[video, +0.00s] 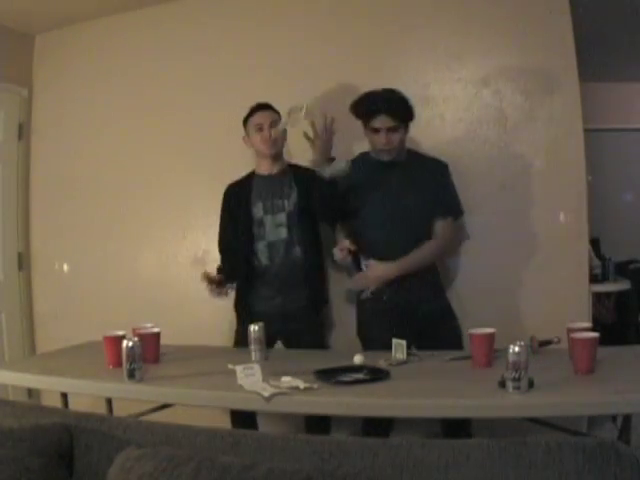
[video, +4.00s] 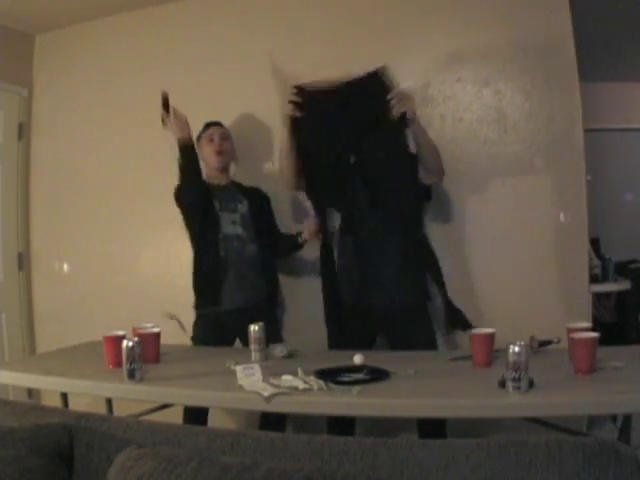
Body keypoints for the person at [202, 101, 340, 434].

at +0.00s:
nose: (269, 133)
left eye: (274, 126)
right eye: (259, 129)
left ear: (284, 134)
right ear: (247, 139)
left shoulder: (311, 182)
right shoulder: (236, 193)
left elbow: (334, 220)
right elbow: (232, 250)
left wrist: (325, 164)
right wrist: (224, 275)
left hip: (303, 305)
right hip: (255, 308)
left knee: (314, 389)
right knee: (241, 389)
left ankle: (318, 462)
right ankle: (246, 461)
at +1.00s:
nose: (294, 198)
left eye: (300, 189)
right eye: (285, 190)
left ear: (306, 177)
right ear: (263, 175)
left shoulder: (311, 208)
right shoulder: (236, 197)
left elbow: (343, 264)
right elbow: (223, 244)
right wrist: (235, 280)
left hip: (295, 317)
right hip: (246, 315)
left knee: (299, 398)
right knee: (235, 394)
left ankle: (301, 464)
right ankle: (242, 460)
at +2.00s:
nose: (219, 130)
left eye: (223, 125)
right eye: (209, 126)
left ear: (229, 135)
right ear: (193, 139)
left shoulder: (248, 173)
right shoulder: (179, 189)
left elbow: (279, 141)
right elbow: (159, 250)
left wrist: (275, 75)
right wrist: (164, 227)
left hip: (249, 300)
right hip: (205, 306)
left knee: (258, 386)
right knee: (210, 394)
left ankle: (262, 458)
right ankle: (224, 459)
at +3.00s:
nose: (175, 148)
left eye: (178, 143)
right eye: (166, 146)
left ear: (188, 151)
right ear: (155, 158)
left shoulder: (217, 191)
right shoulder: (154, 199)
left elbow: (251, 227)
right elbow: (170, 227)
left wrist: (275, 205)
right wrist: (168, 167)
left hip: (229, 303)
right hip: (186, 308)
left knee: (249, 379)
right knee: (176, 383)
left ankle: (263, 448)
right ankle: (185, 449)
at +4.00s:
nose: (219, 145)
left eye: (225, 139)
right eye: (211, 140)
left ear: (234, 149)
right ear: (199, 154)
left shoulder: (256, 198)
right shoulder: (195, 197)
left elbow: (274, 247)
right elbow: (189, 189)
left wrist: (301, 238)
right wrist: (184, 144)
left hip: (259, 306)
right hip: (215, 308)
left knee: (273, 388)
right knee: (199, 388)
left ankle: (269, 458)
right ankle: (190, 455)